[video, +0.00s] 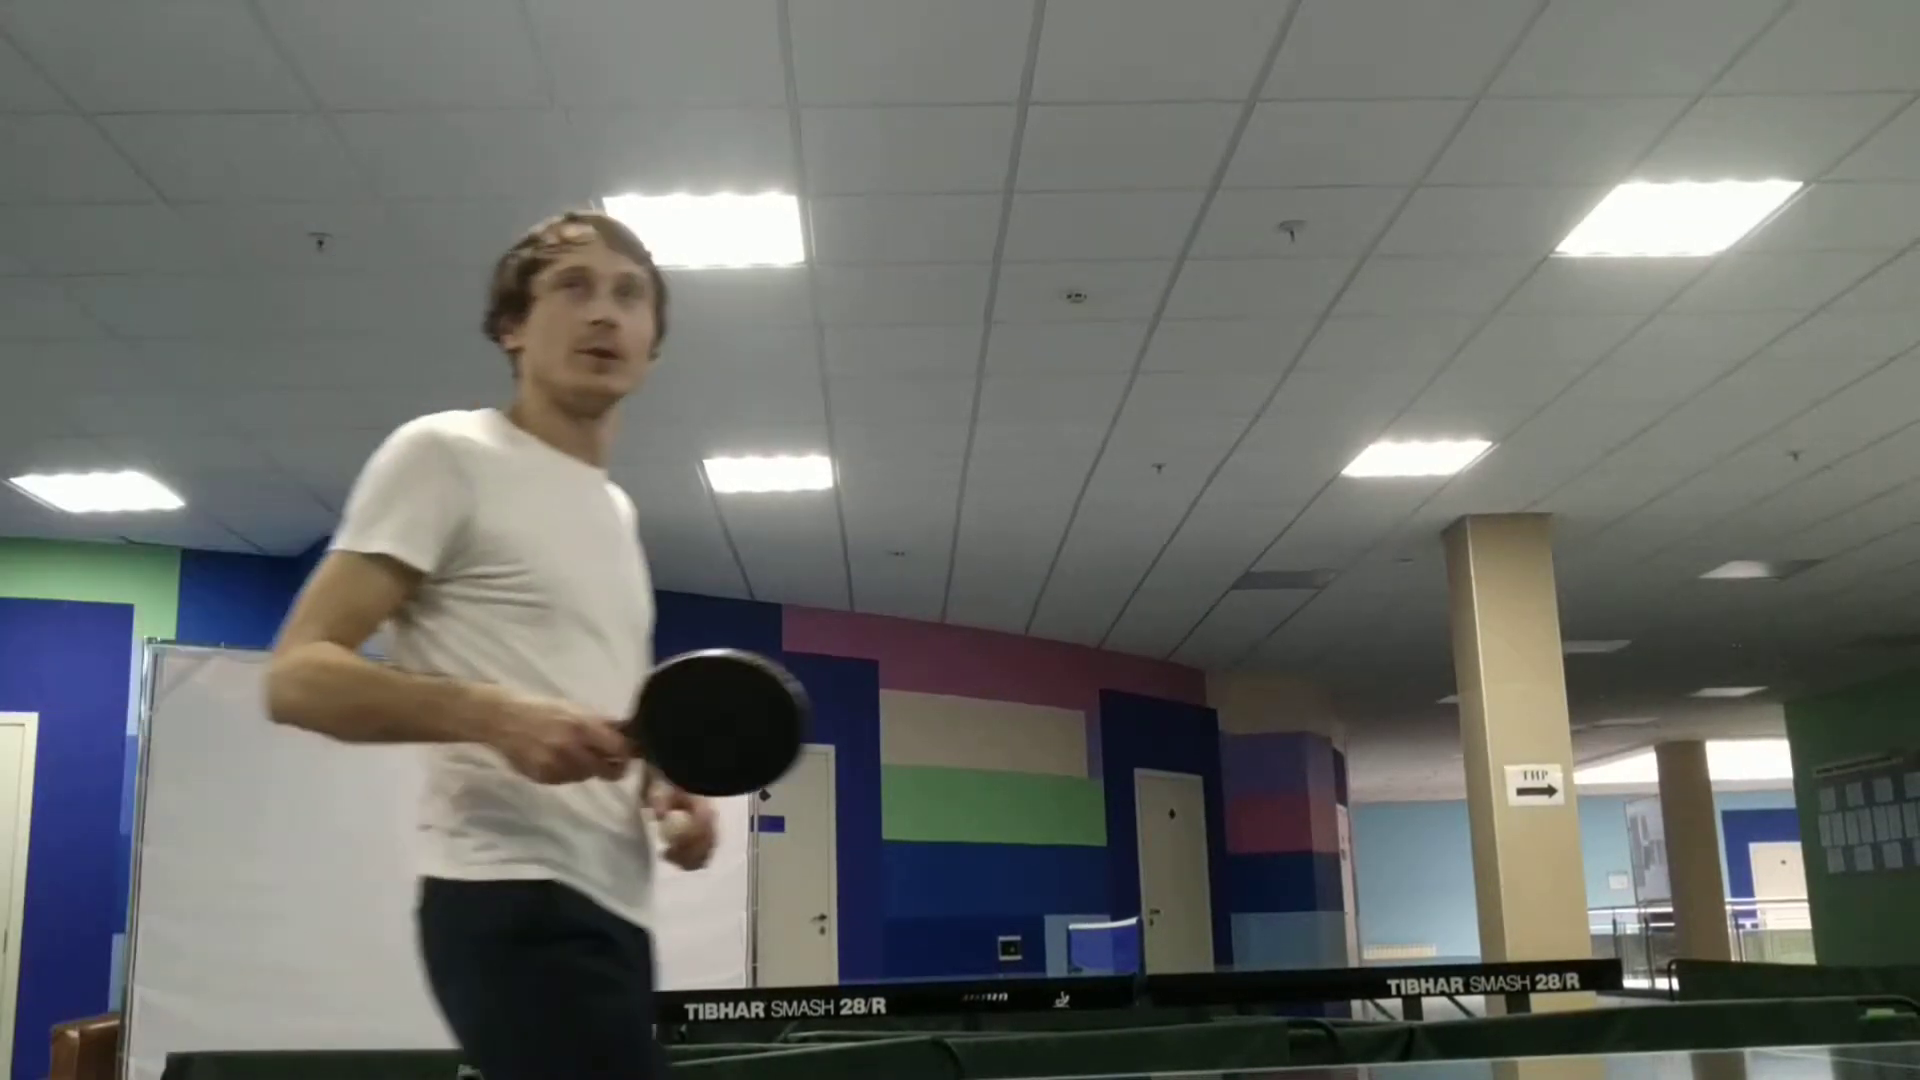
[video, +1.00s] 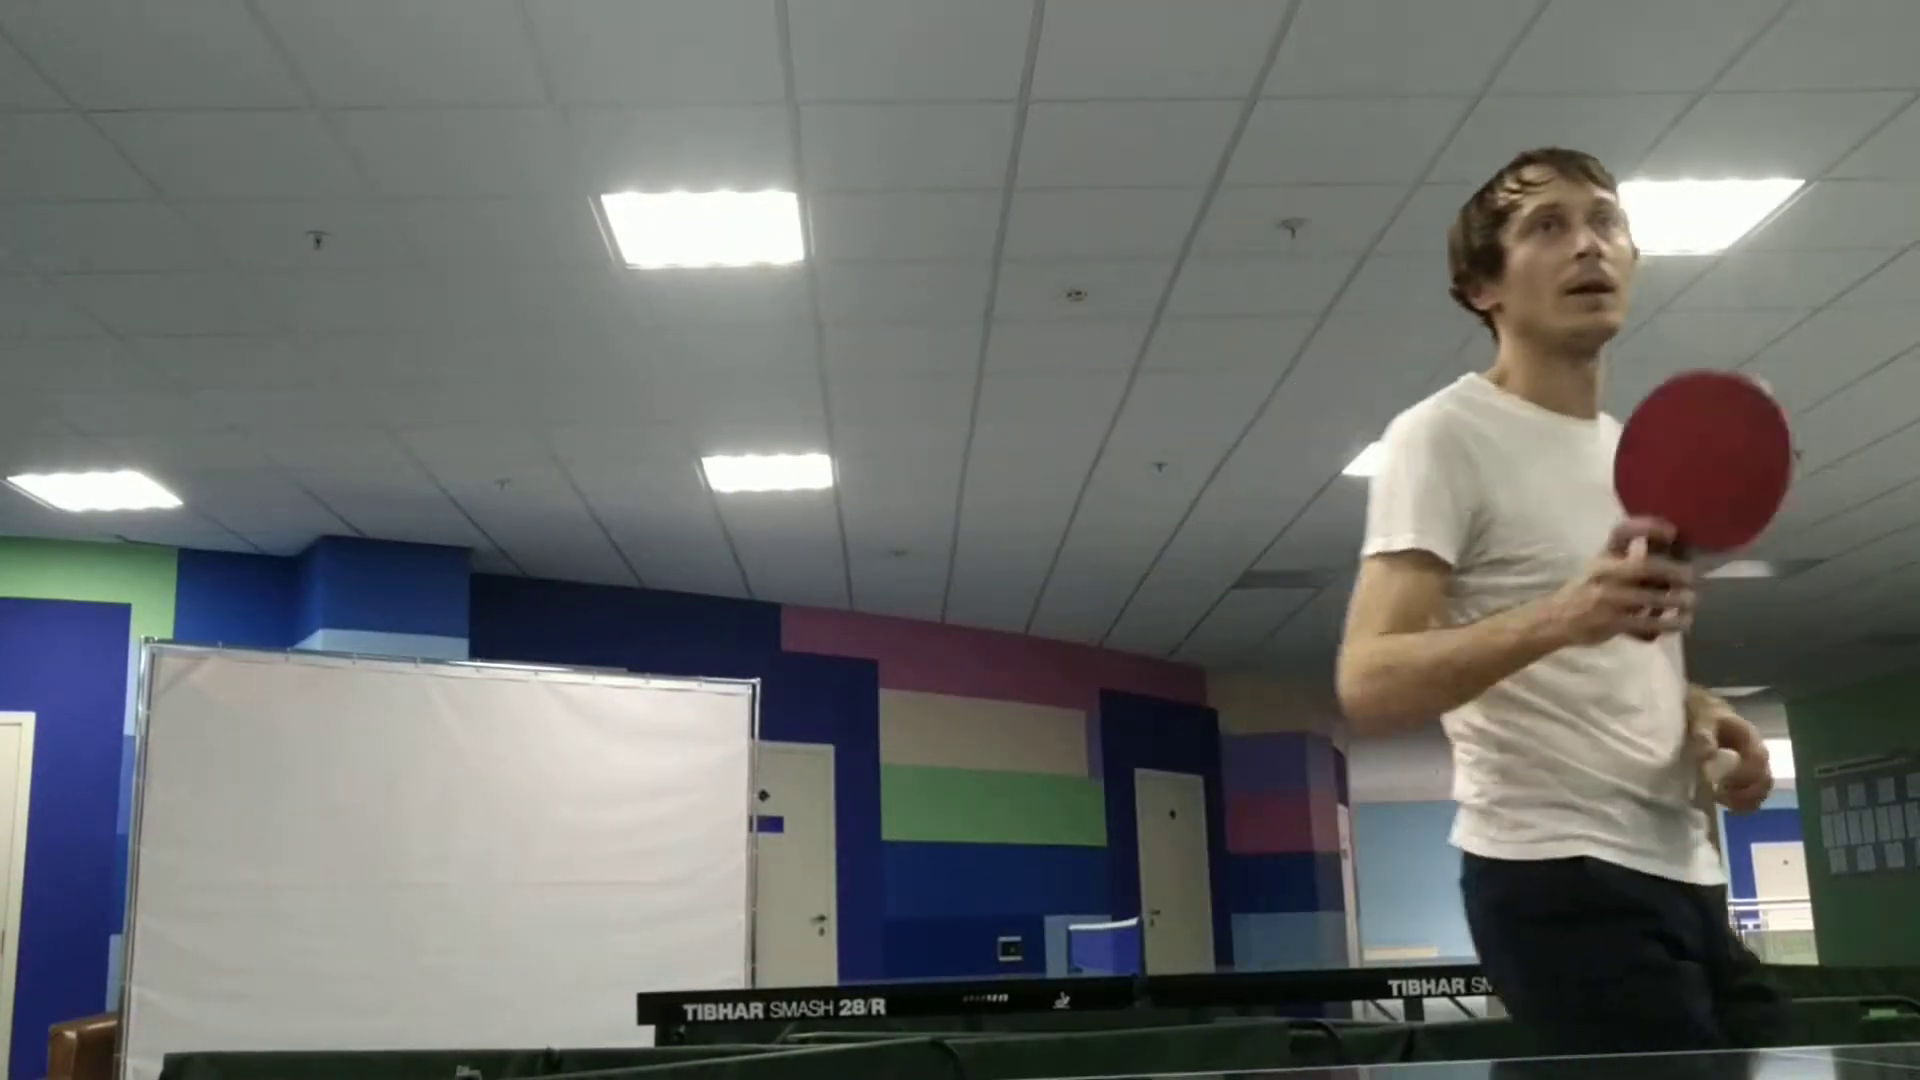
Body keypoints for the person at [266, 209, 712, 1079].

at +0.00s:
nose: (605, 310)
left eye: (630, 293)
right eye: (573, 287)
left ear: (655, 342)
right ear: (514, 327)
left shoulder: (616, 514)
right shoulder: (443, 452)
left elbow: (601, 711)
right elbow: (297, 675)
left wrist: (663, 790)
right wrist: (497, 716)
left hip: (607, 904)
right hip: (509, 898)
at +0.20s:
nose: (847, 274)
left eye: (869, 256)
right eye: (815, 251)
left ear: (890, 299)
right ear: (749, 294)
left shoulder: (824, 464)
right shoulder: (710, 408)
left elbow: (788, 672)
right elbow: (611, 627)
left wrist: (895, 740)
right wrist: (857, 678)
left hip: (837, 872)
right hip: (750, 864)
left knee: (922, 1064)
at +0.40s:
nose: (1090, 284)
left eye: (1107, 266)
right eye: (1055, 261)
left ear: (1127, 307)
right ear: (986, 307)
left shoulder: (1048, 467)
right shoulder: (950, 407)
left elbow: (992, 691)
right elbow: (867, 604)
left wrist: (1107, 757)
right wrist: (1123, 568)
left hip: (1075, 880)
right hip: (979, 871)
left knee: (1121, 1064)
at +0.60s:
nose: (1283, 271)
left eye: (1301, 253)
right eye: (1246, 250)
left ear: (1323, 297)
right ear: (1182, 296)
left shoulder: (1258, 465)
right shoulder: (1138, 401)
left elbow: (1219, 690)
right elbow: (1059, 611)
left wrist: (1318, 733)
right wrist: (1293, 606)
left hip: (1290, 860)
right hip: (1198, 856)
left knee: (1340, 1064)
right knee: (1329, 1064)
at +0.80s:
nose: (1454, 247)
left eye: (1472, 228)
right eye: (1414, 228)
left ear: (1493, 272)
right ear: (1351, 282)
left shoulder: (1450, 458)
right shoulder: (1304, 406)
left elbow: (1430, 664)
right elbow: (1194, 635)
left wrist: (1535, 729)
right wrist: (1405, 703)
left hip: (1484, 860)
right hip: (1387, 861)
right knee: (1498, 1075)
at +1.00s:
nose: (1590, 243)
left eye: (1606, 223)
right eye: (1548, 226)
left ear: (1634, 264)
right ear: (1483, 287)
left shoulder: (1633, 450)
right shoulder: (1442, 434)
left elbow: (1637, 662)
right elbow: (1367, 683)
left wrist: (1702, 714)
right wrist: (1565, 615)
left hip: (1676, 867)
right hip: (1553, 867)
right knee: (1681, 1075)